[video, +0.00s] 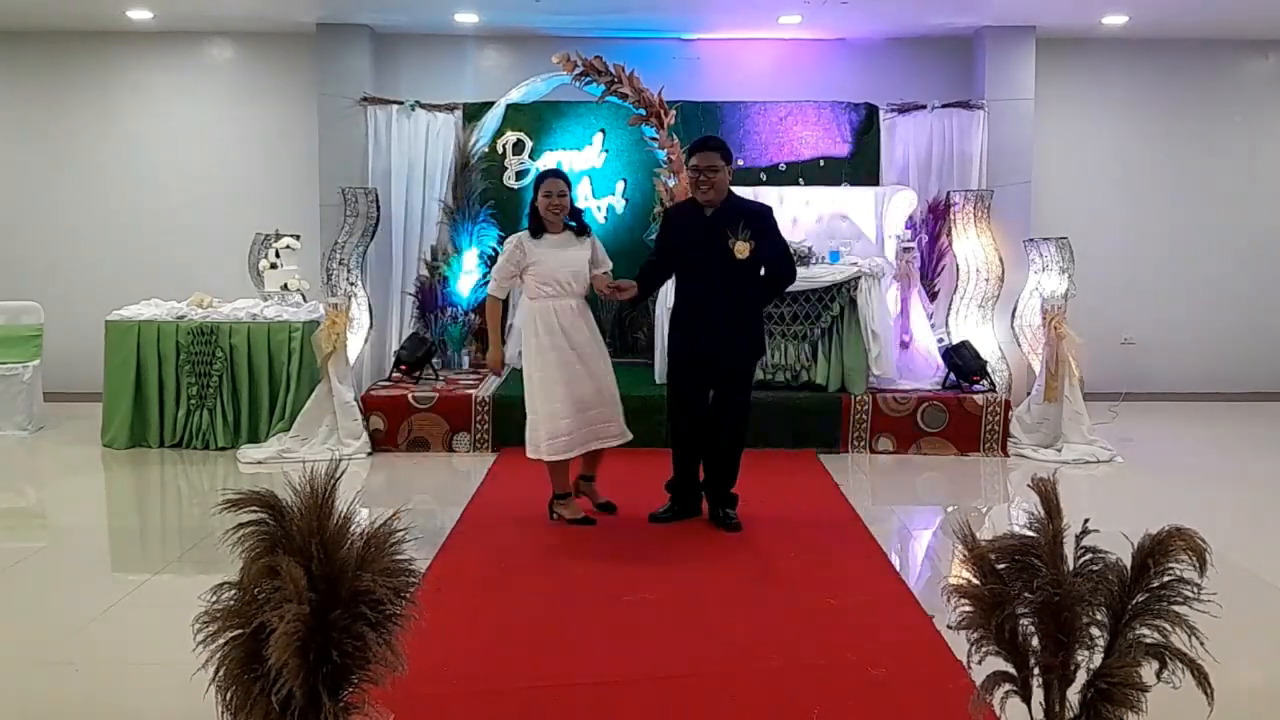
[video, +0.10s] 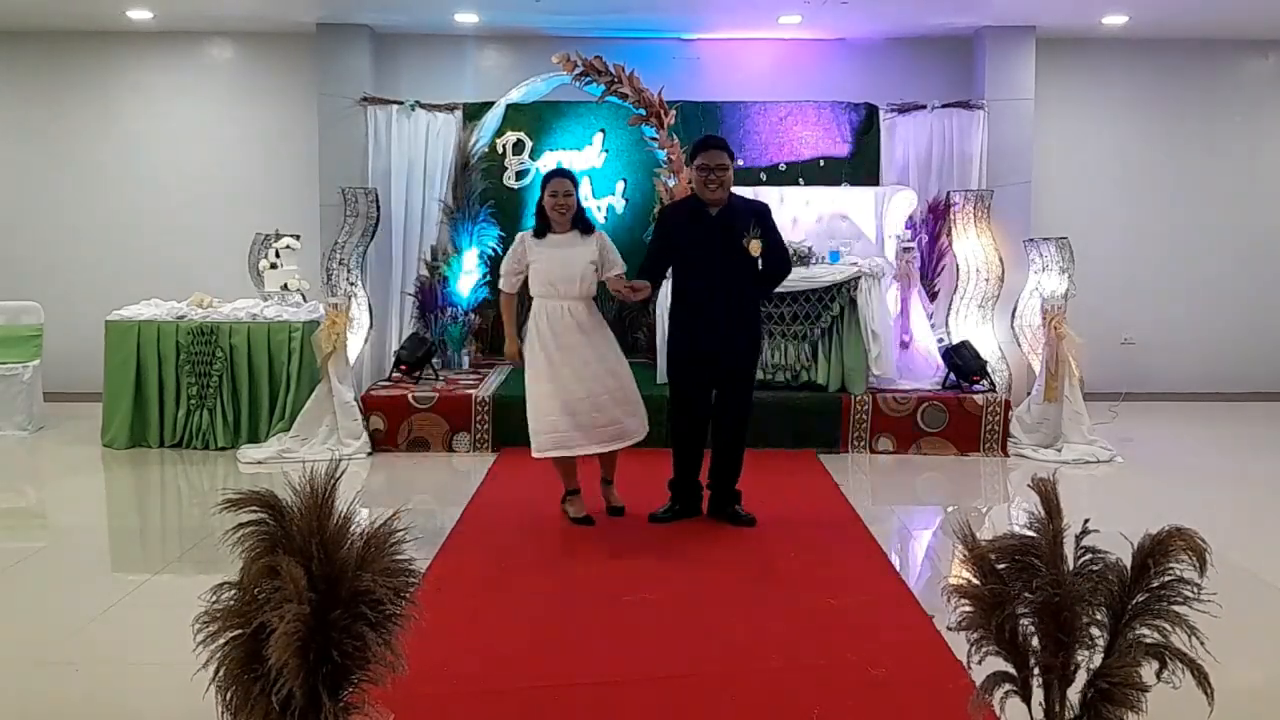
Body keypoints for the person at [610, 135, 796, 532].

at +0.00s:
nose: (702, 178)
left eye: (712, 171)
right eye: (695, 171)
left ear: (730, 172)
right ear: (687, 173)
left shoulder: (756, 216)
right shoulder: (677, 216)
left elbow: (783, 271)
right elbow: (661, 263)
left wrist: (751, 301)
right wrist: (639, 286)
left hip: (737, 336)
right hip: (688, 335)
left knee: (729, 422)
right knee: (684, 418)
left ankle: (722, 502)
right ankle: (684, 498)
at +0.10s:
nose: (713, 176)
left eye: (721, 169)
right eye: (704, 169)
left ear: (733, 172)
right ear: (691, 173)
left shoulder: (755, 214)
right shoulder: (673, 215)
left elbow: (780, 264)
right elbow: (653, 267)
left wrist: (749, 293)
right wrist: (643, 285)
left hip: (738, 335)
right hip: (689, 334)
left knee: (732, 420)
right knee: (686, 417)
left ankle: (724, 499)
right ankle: (685, 498)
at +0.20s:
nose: (718, 175)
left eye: (725, 168)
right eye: (709, 168)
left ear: (736, 172)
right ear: (694, 172)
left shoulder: (754, 214)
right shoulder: (676, 215)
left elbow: (773, 262)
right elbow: (657, 265)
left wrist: (744, 289)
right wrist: (655, 285)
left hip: (739, 334)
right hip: (691, 333)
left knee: (734, 420)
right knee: (688, 418)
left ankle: (727, 499)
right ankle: (685, 498)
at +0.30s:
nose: (719, 175)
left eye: (726, 168)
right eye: (710, 168)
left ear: (737, 172)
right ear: (697, 172)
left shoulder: (753, 213)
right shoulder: (679, 215)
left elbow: (764, 263)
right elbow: (667, 260)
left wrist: (738, 292)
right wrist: (668, 275)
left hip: (739, 332)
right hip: (693, 332)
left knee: (738, 416)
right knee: (692, 414)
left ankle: (727, 498)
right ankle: (688, 498)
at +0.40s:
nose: (717, 174)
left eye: (724, 167)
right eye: (708, 167)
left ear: (734, 172)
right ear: (694, 172)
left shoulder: (750, 212)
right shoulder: (681, 211)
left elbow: (759, 260)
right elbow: (681, 245)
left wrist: (737, 289)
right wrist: (684, 262)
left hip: (740, 332)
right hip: (694, 332)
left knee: (739, 416)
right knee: (695, 414)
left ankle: (727, 498)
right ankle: (690, 498)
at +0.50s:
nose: (713, 173)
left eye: (721, 165)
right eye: (704, 166)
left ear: (731, 169)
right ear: (690, 170)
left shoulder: (747, 211)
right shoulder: (678, 209)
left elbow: (754, 263)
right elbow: (683, 236)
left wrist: (730, 292)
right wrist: (695, 249)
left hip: (738, 332)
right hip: (693, 332)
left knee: (737, 416)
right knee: (692, 415)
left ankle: (727, 498)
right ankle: (689, 498)